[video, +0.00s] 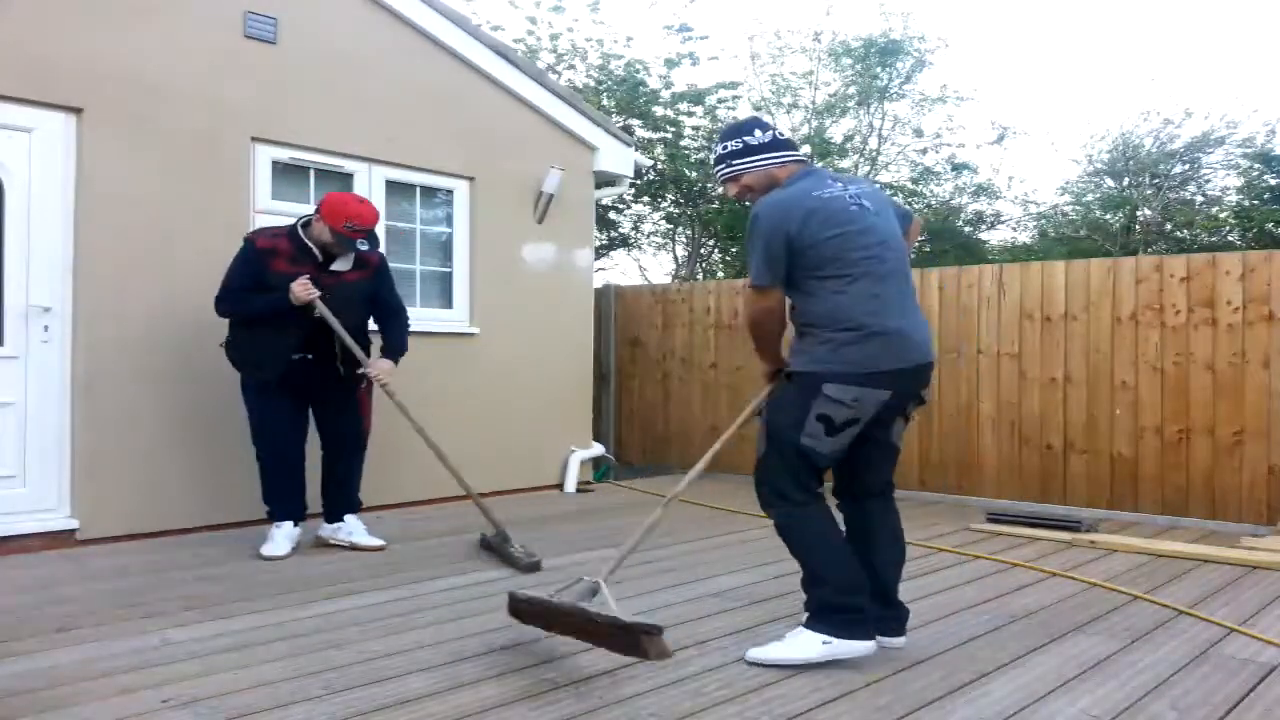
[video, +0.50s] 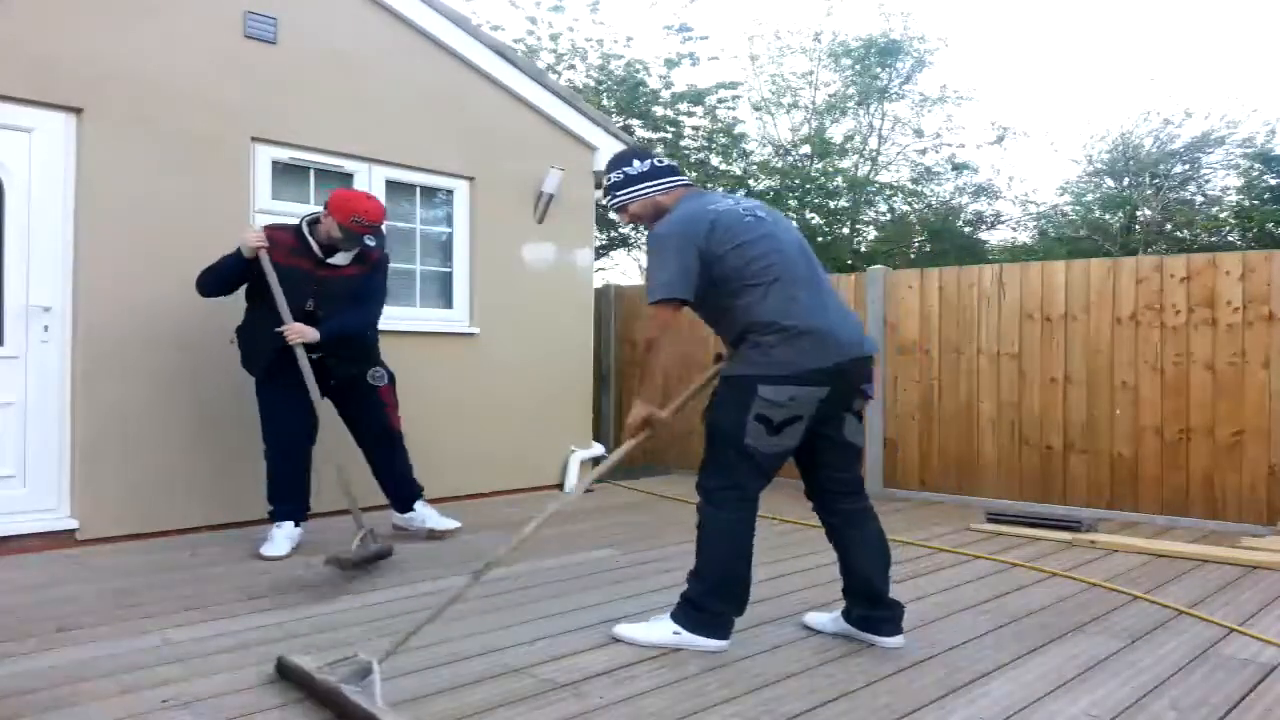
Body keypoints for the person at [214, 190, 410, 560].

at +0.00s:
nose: (348, 248)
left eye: (354, 242)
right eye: (343, 240)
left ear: (362, 233)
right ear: (320, 224)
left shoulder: (368, 262)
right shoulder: (263, 248)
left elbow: (393, 315)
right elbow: (226, 303)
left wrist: (390, 357)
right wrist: (286, 297)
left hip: (337, 368)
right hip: (272, 369)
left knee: (346, 441)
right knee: (278, 445)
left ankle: (340, 520)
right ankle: (285, 523)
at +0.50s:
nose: (355, 245)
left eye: (361, 239)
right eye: (351, 237)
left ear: (366, 232)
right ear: (329, 222)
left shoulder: (371, 259)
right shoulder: (275, 243)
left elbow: (365, 317)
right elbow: (206, 286)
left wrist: (318, 332)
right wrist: (242, 255)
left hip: (343, 351)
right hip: (280, 353)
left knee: (378, 425)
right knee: (289, 433)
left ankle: (409, 507)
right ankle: (286, 523)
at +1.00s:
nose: (445, 255)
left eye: (450, 250)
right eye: (443, 246)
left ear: (432, 234)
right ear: (424, 228)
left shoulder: (446, 270)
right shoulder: (361, 250)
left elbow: (463, 311)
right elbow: (330, 300)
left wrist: (478, 342)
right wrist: (383, 294)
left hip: (412, 371)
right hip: (352, 367)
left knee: (421, 440)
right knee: (329, 443)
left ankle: (416, 514)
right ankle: (298, 520)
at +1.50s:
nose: (460, 258)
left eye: (465, 253)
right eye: (458, 249)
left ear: (466, 248)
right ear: (440, 232)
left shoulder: (465, 272)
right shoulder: (380, 254)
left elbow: (479, 315)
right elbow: (355, 306)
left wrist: (492, 357)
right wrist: (404, 304)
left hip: (426, 368)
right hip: (371, 363)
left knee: (426, 436)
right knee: (378, 436)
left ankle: (416, 514)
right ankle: (375, 513)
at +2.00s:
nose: (442, 255)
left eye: (447, 250)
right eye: (440, 246)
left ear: (450, 245)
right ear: (424, 230)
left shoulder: (451, 266)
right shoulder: (370, 247)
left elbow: (440, 321)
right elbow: (304, 282)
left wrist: (401, 340)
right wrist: (339, 262)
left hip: (423, 362)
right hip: (367, 362)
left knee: (445, 429)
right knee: (372, 437)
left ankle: (446, 507)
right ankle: (376, 513)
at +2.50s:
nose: (493, 261)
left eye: (498, 256)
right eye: (490, 253)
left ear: (503, 251)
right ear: (473, 237)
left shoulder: (505, 273)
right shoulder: (424, 254)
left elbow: (534, 317)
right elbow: (379, 297)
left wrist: (530, 345)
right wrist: (425, 293)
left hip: (470, 372)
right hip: (413, 370)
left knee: (490, 439)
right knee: (396, 443)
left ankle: (504, 508)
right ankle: (378, 512)